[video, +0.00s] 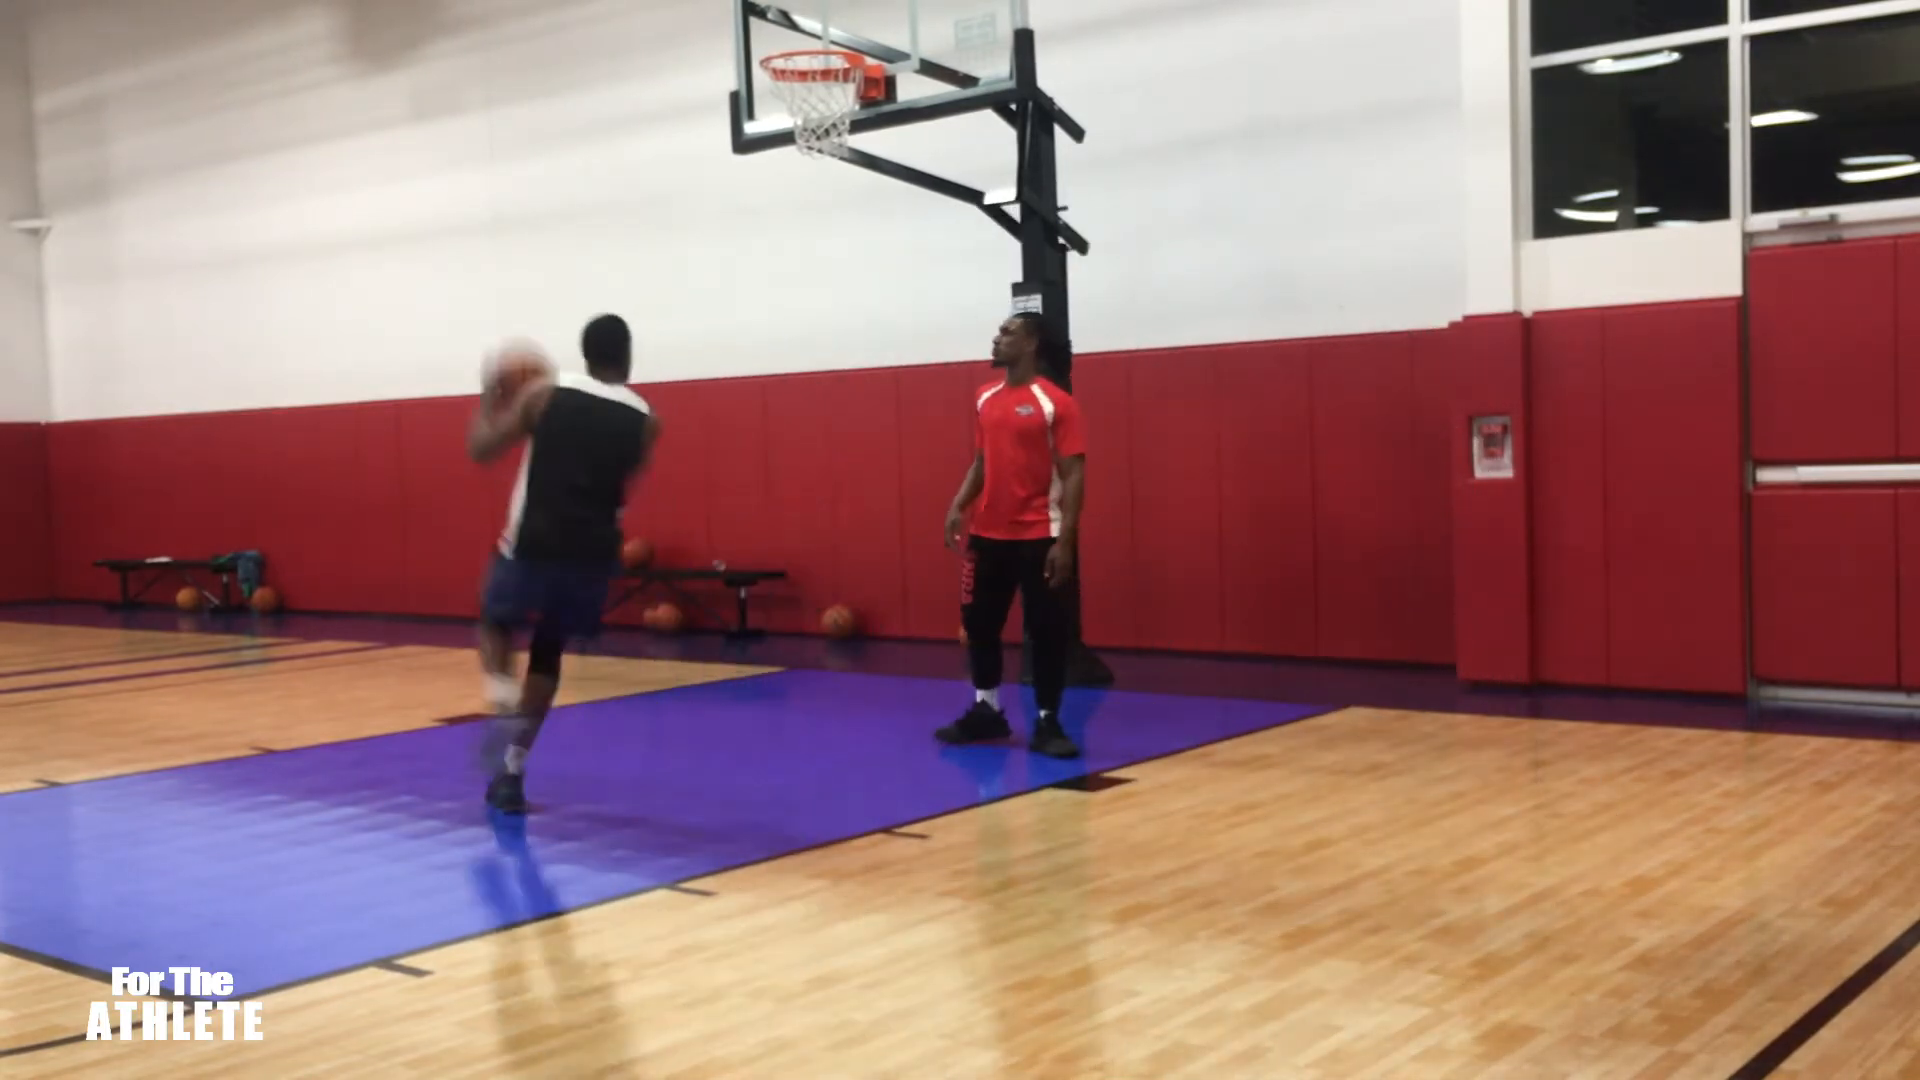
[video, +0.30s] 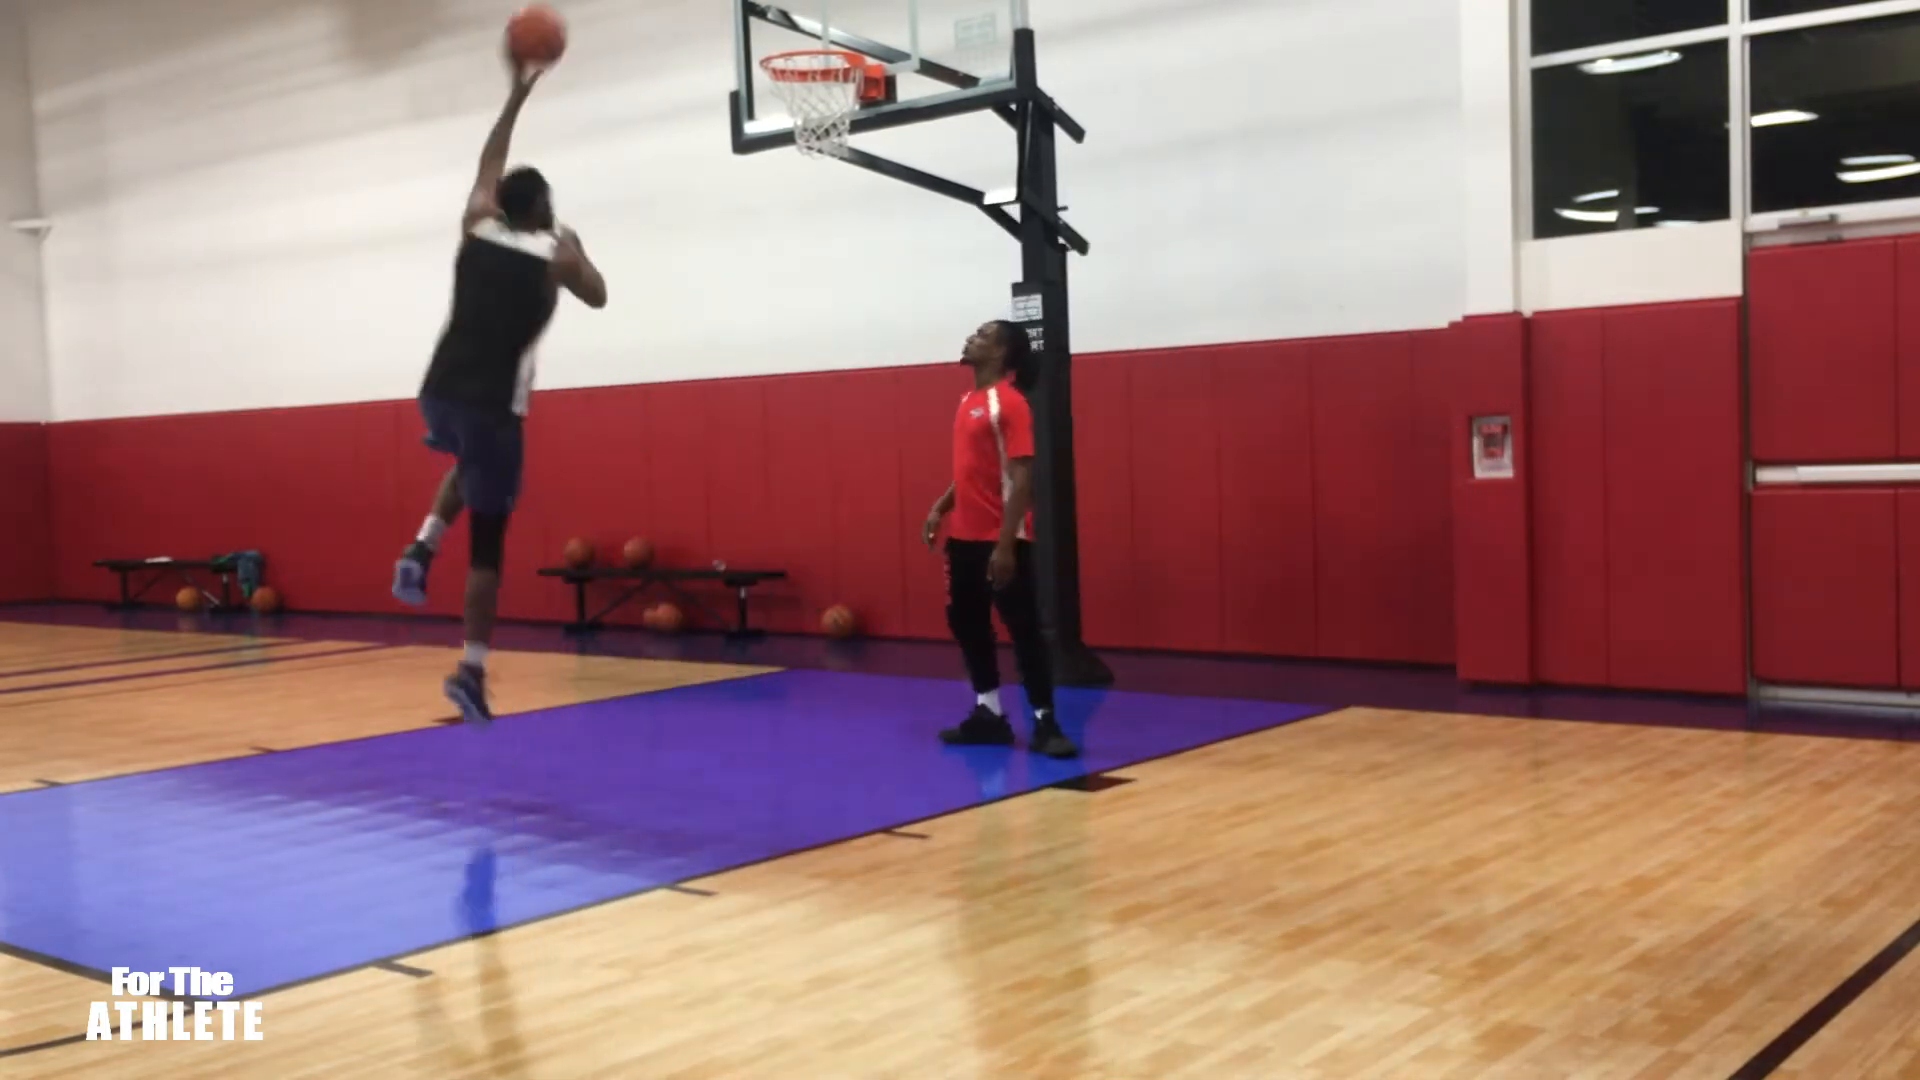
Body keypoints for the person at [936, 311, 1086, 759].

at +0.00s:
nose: (996, 338)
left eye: (1007, 333)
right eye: (998, 331)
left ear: (1032, 345)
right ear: (1005, 343)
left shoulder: (1058, 403)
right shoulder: (986, 397)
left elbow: (1072, 474)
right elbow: (982, 459)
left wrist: (1066, 540)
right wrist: (958, 507)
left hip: (1039, 537)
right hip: (989, 536)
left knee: (1047, 630)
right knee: (979, 622)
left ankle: (1047, 721)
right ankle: (986, 710)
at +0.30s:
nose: (970, 338)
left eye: (983, 335)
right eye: (975, 332)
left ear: (1003, 354)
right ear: (979, 351)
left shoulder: (1010, 403)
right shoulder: (968, 401)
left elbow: (1020, 480)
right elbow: (971, 469)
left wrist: (1006, 544)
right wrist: (940, 508)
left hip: (1004, 540)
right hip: (966, 541)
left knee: (1024, 629)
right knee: (967, 621)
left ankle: (1044, 721)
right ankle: (989, 713)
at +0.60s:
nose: (952, 335)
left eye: (963, 333)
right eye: (957, 330)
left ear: (978, 351)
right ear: (966, 350)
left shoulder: (978, 396)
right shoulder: (957, 396)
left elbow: (977, 469)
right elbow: (956, 469)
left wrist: (939, 530)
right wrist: (923, 503)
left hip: (978, 524)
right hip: (960, 524)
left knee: (978, 618)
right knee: (968, 618)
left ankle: (997, 717)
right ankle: (985, 709)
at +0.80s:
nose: (940, 337)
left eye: (949, 334)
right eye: (945, 332)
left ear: (961, 351)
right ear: (961, 353)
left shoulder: (957, 395)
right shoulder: (954, 395)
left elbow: (956, 467)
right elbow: (952, 469)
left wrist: (923, 533)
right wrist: (917, 503)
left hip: (959, 526)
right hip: (969, 524)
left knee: (936, 615)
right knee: (974, 615)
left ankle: (939, 713)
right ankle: (992, 711)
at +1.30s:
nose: (887, 349)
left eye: (894, 343)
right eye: (892, 343)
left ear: (903, 356)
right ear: (917, 361)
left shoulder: (899, 401)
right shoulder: (916, 402)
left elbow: (897, 473)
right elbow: (903, 471)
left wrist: (877, 538)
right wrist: (868, 507)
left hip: (891, 536)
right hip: (912, 534)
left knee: (878, 624)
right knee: (914, 615)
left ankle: (887, 714)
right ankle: (970, 694)